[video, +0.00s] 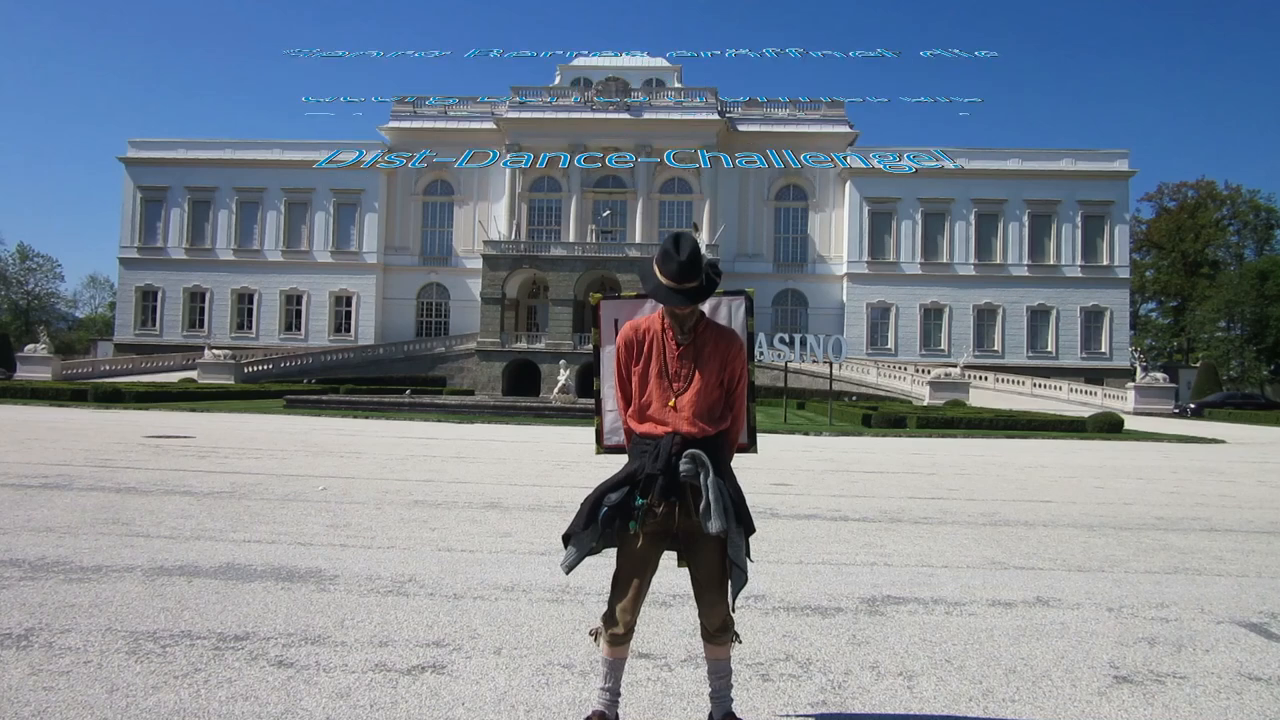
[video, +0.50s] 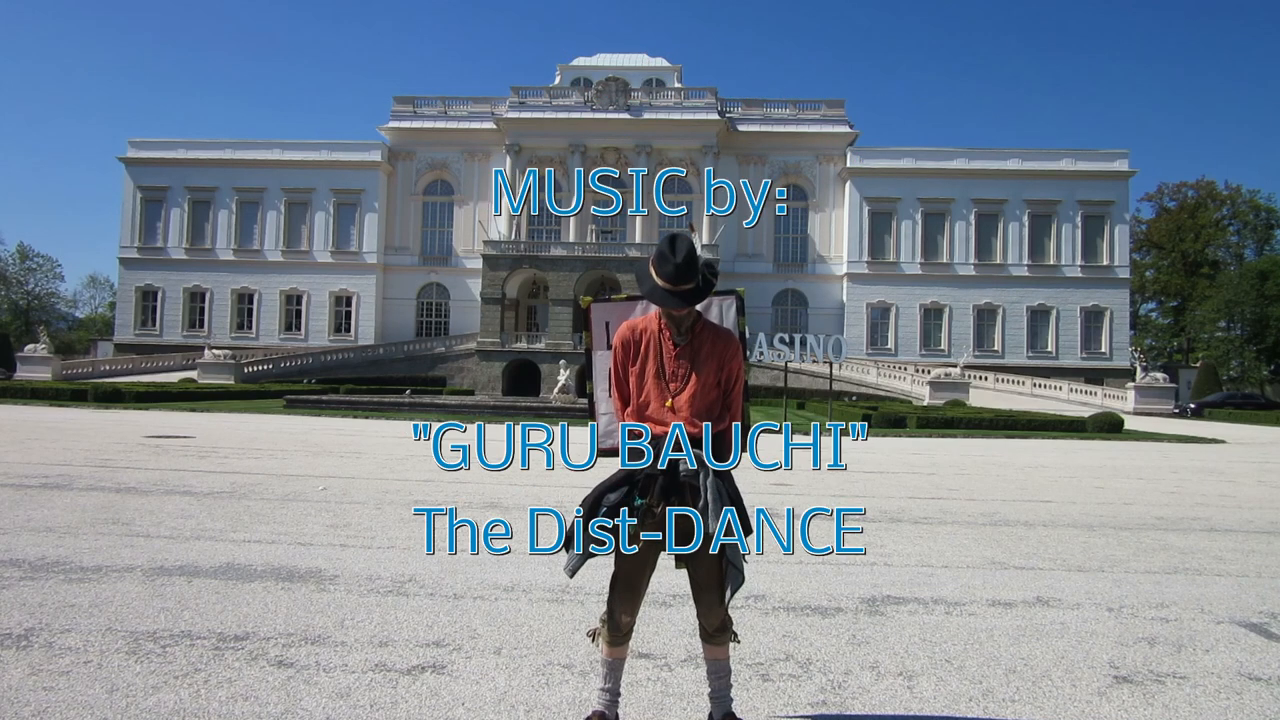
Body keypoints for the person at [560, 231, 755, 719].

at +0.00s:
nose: (681, 309)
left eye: (690, 300)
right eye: (673, 300)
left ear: (704, 292)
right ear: (658, 289)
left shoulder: (729, 344)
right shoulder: (633, 337)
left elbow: (734, 427)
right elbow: (627, 417)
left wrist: (702, 467)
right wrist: (669, 453)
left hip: (706, 486)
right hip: (646, 483)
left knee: (716, 604)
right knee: (625, 600)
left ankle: (722, 706)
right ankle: (607, 700)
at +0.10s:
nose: (680, 310)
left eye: (689, 300)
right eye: (672, 301)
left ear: (702, 293)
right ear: (657, 292)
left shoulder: (728, 344)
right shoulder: (632, 337)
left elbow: (734, 423)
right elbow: (624, 416)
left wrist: (702, 451)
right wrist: (658, 446)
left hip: (705, 487)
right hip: (647, 486)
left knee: (715, 605)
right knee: (624, 601)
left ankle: (722, 706)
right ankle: (607, 701)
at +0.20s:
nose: (680, 310)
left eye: (689, 301)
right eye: (671, 301)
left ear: (703, 293)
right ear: (657, 291)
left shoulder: (727, 344)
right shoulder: (632, 337)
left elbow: (734, 424)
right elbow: (624, 416)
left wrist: (701, 450)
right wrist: (661, 441)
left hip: (705, 489)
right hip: (647, 485)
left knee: (714, 602)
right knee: (624, 596)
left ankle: (721, 706)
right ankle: (607, 701)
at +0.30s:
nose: (679, 309)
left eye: (687, 300)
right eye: (670, 301)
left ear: (701, 292)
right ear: (656, 291)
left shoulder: (726, 344)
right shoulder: (631, 337)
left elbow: (734, 420)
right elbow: (623, 415)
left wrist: (711, 458)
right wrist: (658, 443)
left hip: (704, 491)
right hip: (645, 487)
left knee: (714, 604)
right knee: (624, 600)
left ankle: (721, 706)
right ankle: (607, 700)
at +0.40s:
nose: (680, 309)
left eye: (688, 299)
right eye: (670, 300)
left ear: (701, 291)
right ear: (655, 290)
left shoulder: (726, 345)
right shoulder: (629, 337)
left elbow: (733, 426)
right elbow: (622, 416)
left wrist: (702, 449)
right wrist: (659, 440)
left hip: (703, 494)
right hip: (644, 490)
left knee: (713, 607)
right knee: (622, 604)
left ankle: (721, 707)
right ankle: (607, 701)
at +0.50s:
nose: (680, 309)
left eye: (688, 299)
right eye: (670, 300)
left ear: (701, 291)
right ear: (655, 291)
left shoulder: (726, 345)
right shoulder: (629, 337)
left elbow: (733, 426)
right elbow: (622, 416)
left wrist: (702, 448)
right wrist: (659, 439)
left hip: (703, 494)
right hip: (644, 490)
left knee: (713, 607)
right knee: (622, 604)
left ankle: (721, 707)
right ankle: (607, 701)